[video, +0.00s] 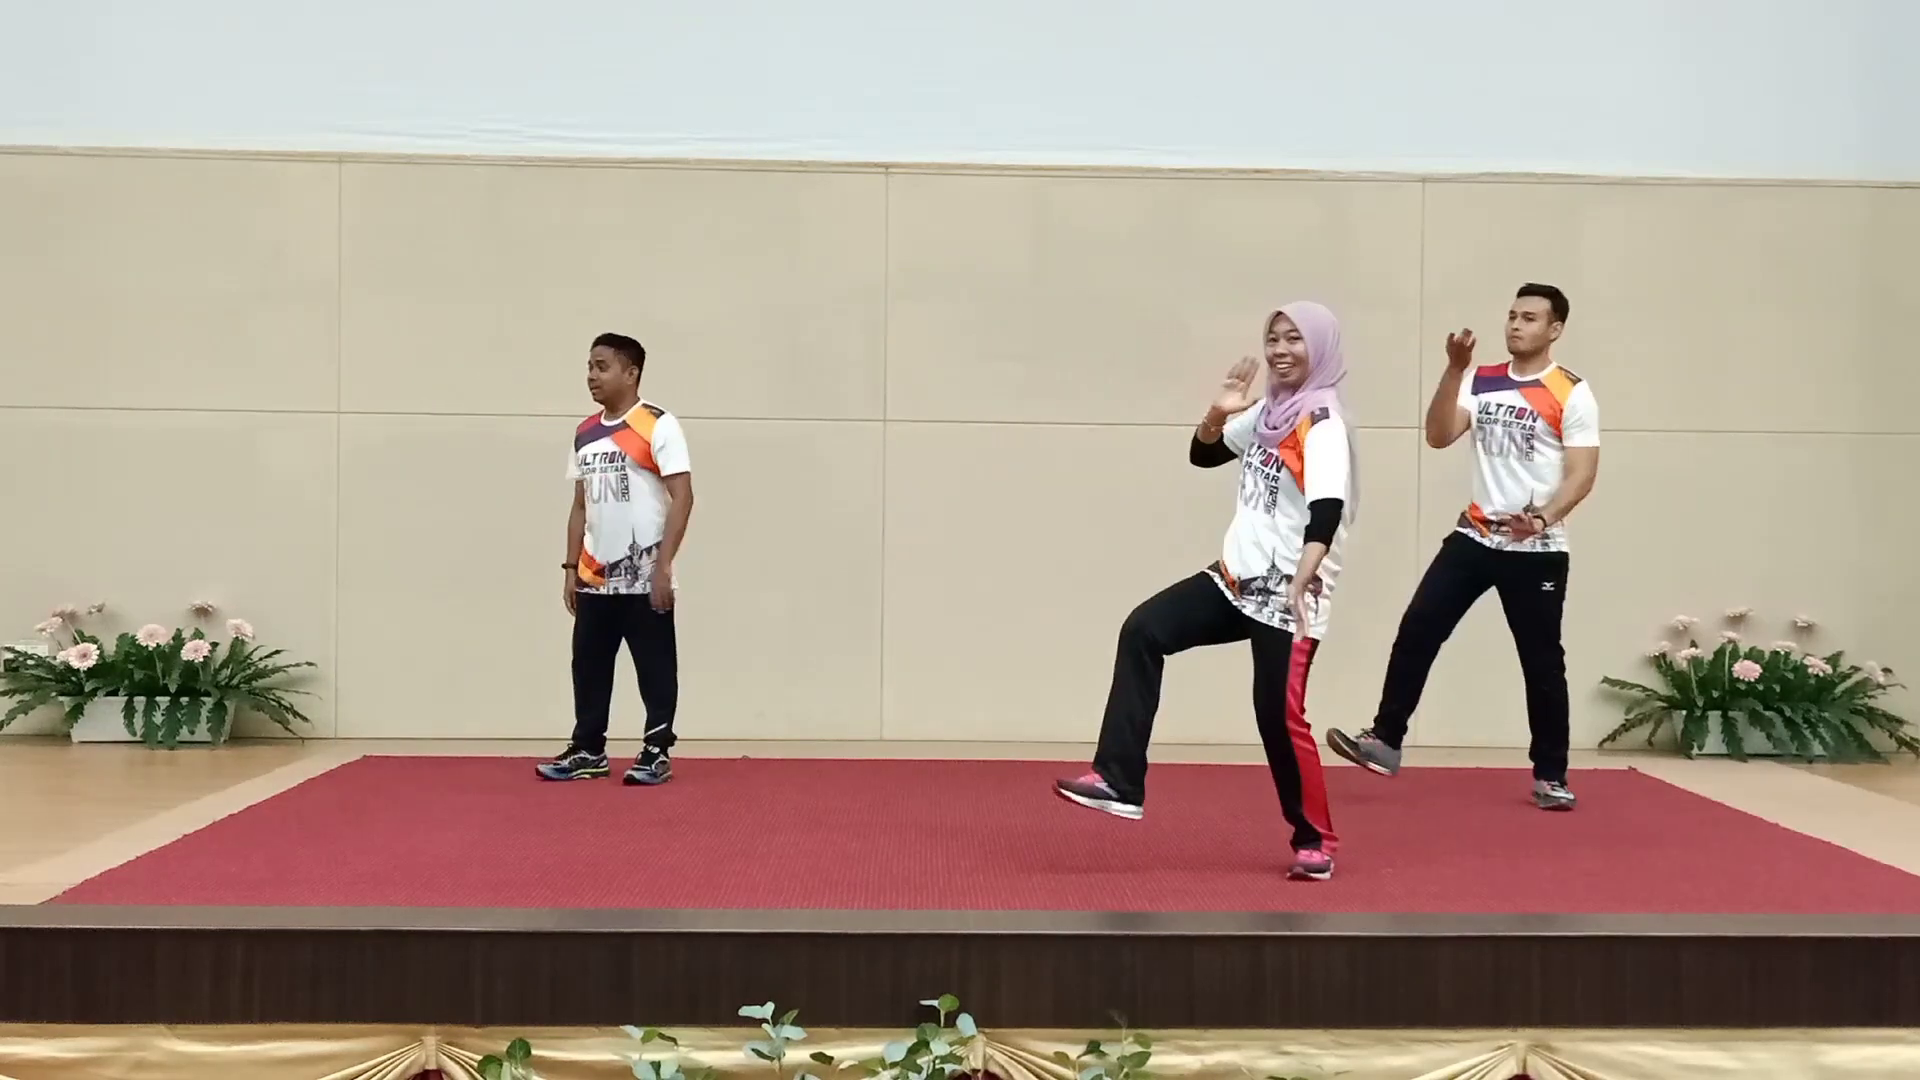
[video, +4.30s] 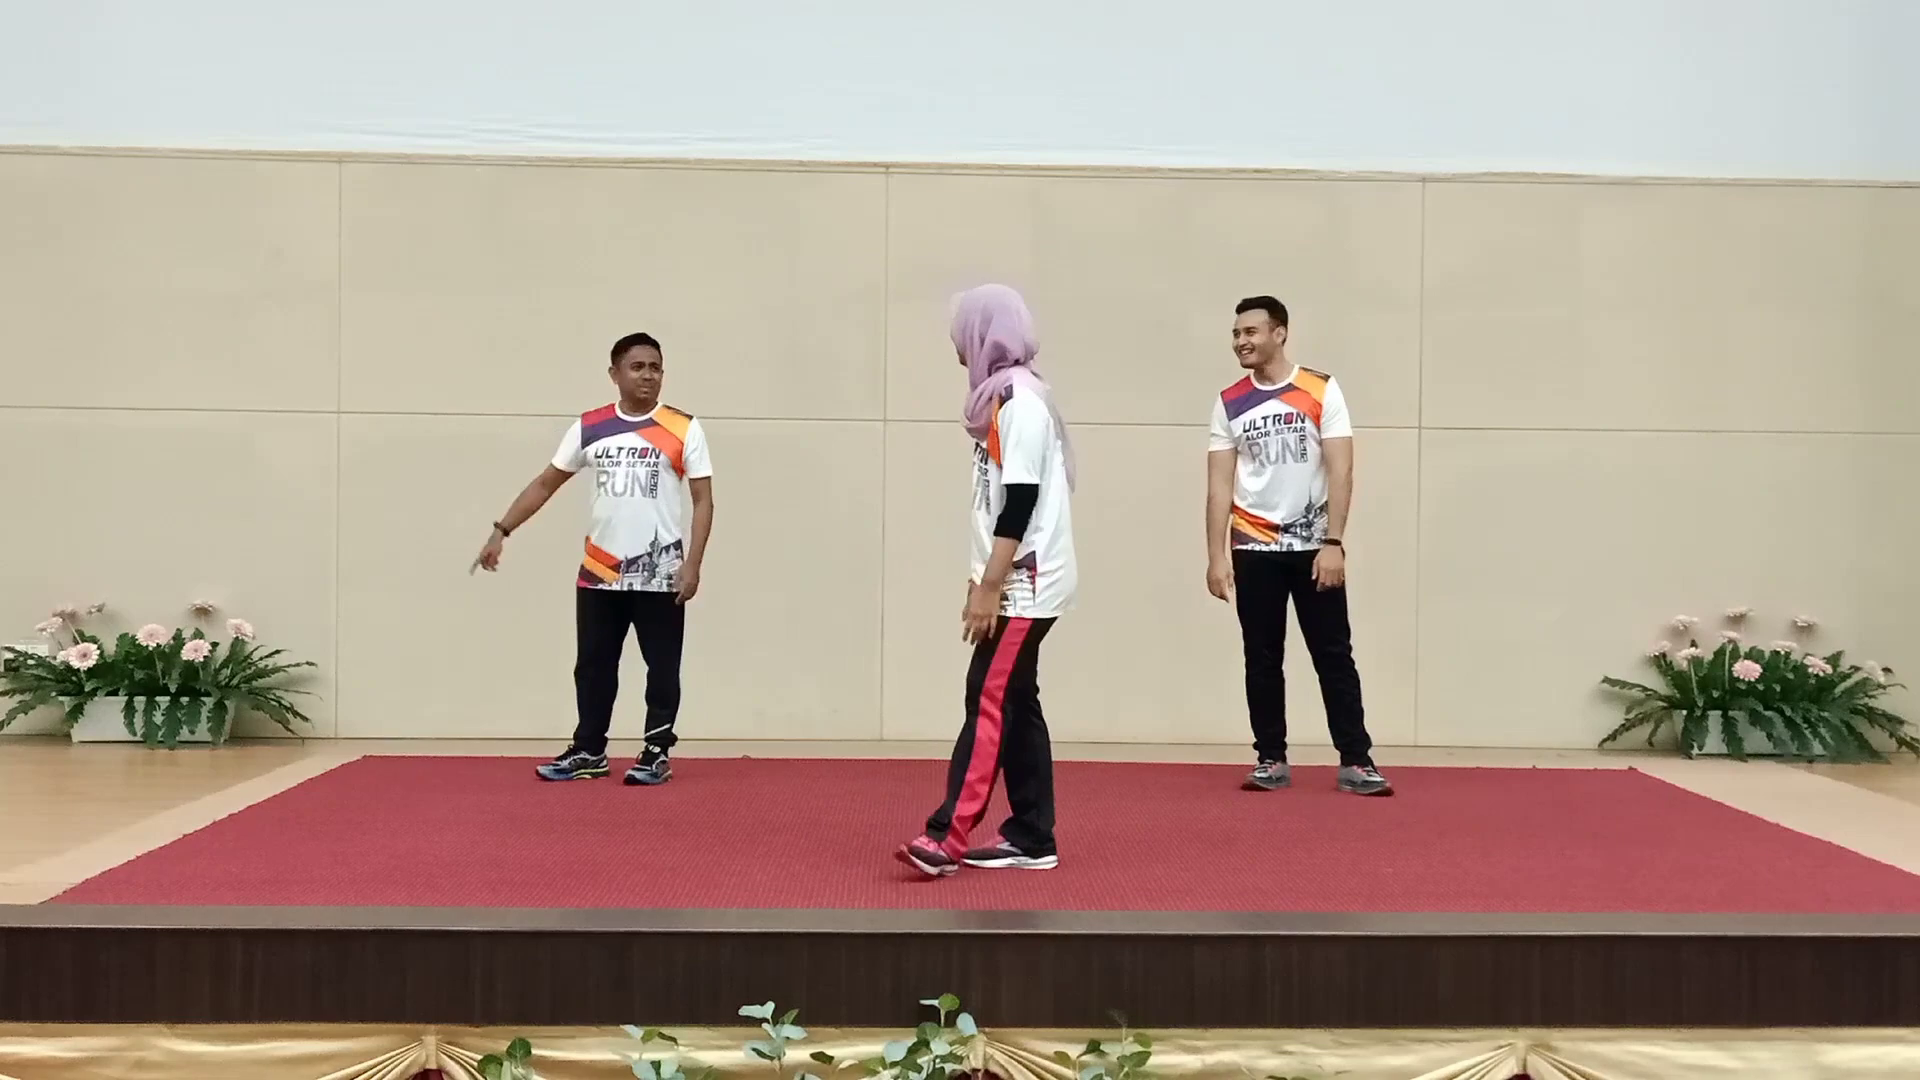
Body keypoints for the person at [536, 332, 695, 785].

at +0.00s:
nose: (590, 375)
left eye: (600, 366)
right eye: (589, 367)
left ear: (631, 372)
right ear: (595, 373)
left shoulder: (660, 426)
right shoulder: (587, 432)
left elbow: (682, 498)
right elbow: (581, 505)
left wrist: (663, 567)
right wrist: (571, 567)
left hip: (646, 578)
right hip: (596, 578)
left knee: (656, 670)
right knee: (589, 668)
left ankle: (656, 753)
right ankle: (588, 751)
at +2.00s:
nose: (657, 375)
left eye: (658, 367)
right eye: (647, 368)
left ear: (654, 373)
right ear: (616, 373)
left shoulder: (673, 431)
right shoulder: (577, 424)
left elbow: (684, 504)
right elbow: (560, 498)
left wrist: (687, 565)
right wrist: (567, 559)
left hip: (656, 570)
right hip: (596, 570)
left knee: (658, 666)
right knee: (592, 667)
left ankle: (658, 753)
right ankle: (588, 752)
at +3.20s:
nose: (610, 392)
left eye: (619, 383)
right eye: (601, 385)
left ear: (636, 387)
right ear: (589, 391)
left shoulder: (665, 439)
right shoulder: (572, 445)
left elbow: (678, 515)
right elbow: (569, 521)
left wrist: (658, 577)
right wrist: (575, 583)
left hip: (651, 580)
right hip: (597, 582)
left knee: (657, 671)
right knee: (591, 671)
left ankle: (655, 754)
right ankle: (588, 752)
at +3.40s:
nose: (583, 390)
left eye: (590, 382)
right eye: (582, 381)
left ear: (622, 384)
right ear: (607, 384)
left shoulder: (667, 435)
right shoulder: (584, 436)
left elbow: (690, 506)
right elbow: (563, 506)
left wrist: (669, 572)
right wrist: (538, 563)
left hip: (654, 581)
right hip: (600, 579)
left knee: (661, 673)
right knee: (595, 670)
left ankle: (655, 754)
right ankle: (589, 752)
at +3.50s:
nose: (583, 390)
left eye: (590, 381)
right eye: (583, 381)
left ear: (620, 382)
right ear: (607, 382)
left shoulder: (667, 432)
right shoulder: (586, 434)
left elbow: (694, 502)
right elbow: (548, 493)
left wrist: (677, 568)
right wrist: (504, 543)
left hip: (656, 576)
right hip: (603, 575)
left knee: (663, 670)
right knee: (596, 668)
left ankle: (655, 755)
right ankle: (588, 753)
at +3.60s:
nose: (588, 386)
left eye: (594, 378)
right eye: (588, 377)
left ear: (623, 379)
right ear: (615, 379)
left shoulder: (670, 428)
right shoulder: (588, 429)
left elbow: (699, 498)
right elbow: (528, 458)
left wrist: (691, 568)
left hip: (658, 576)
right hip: (605, 575)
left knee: (662, 672)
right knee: (596, 668)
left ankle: (656, 755)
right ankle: (589, 752)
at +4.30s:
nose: (649, 374)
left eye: (655, 367)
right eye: (638, 366)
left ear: (663, 373)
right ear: (615, 373)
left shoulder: (685, 430)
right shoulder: (589, 428)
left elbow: (703, 501)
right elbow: (546, 483)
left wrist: (693, 563)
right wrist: (501, 529)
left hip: (662, 574)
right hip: (602, 572)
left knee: (663, 669)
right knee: (593, 667)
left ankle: (656, 755)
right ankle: (588, 753)